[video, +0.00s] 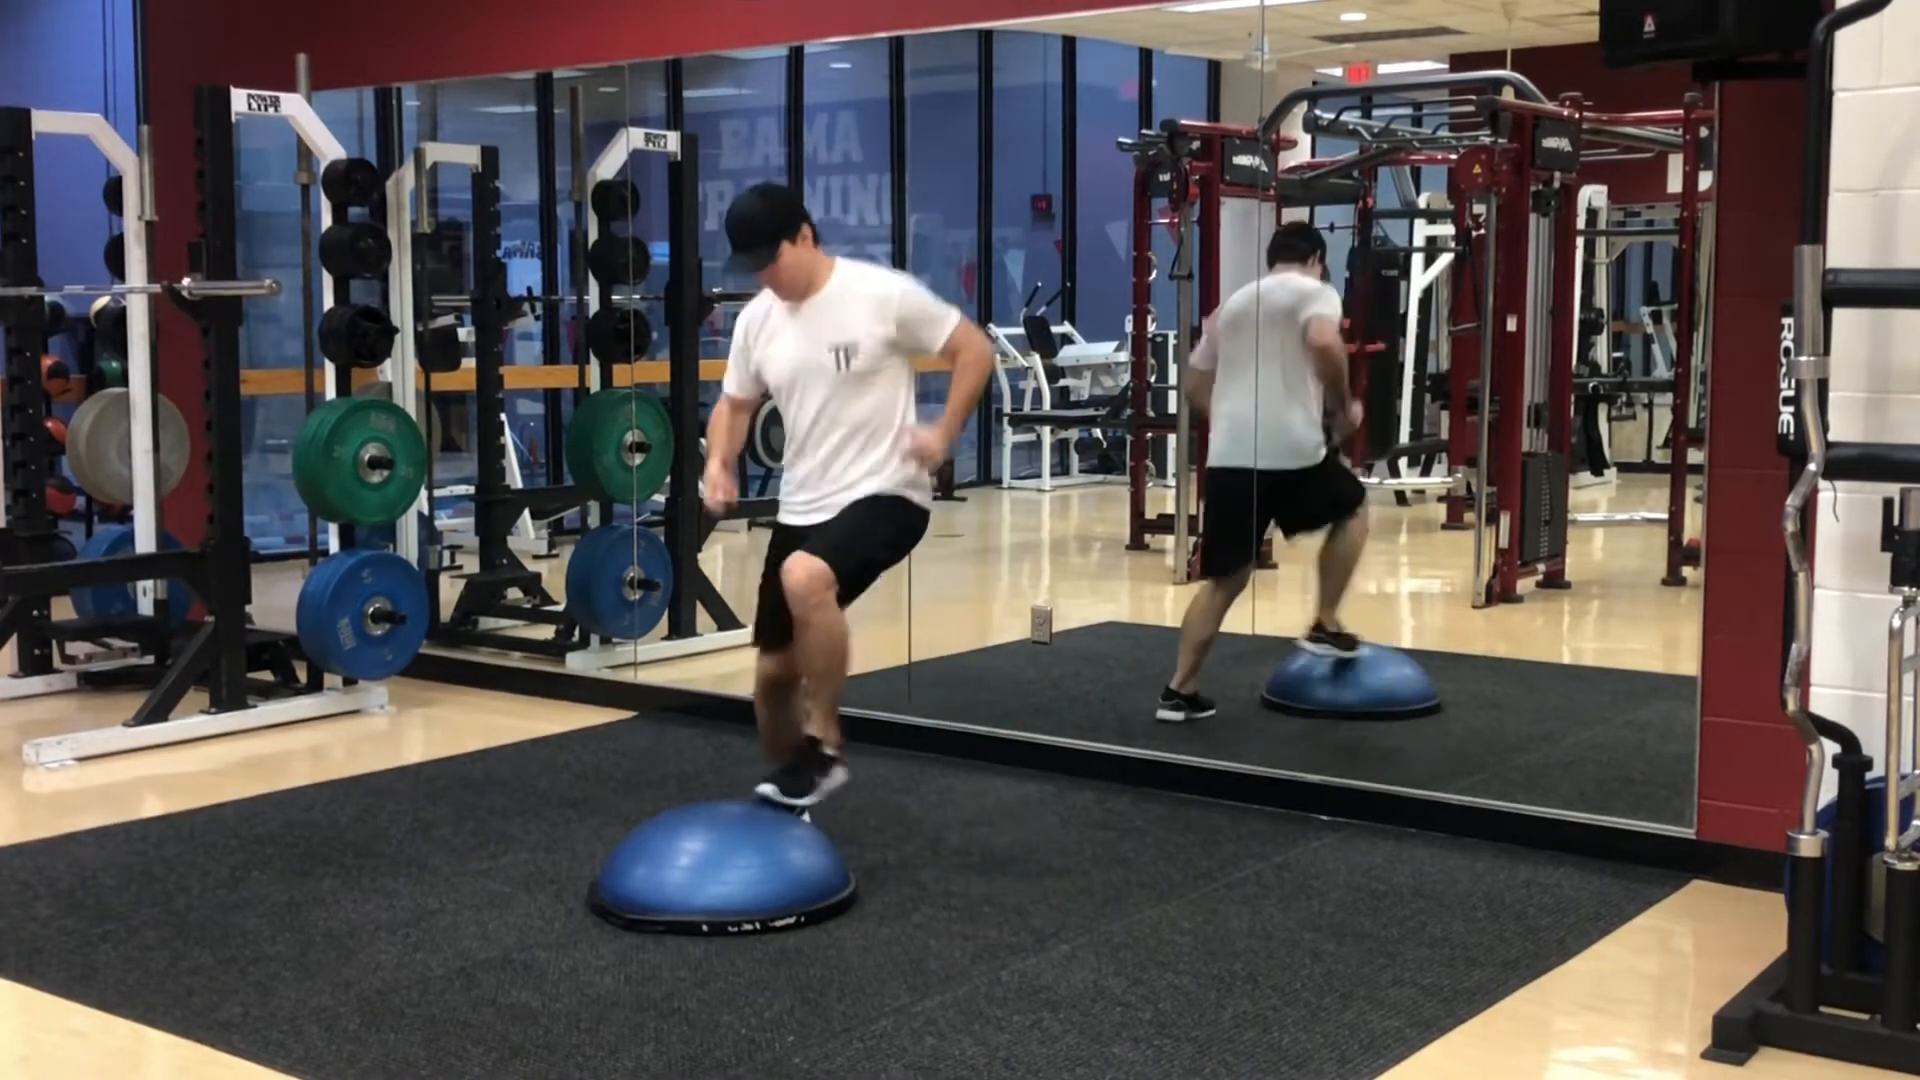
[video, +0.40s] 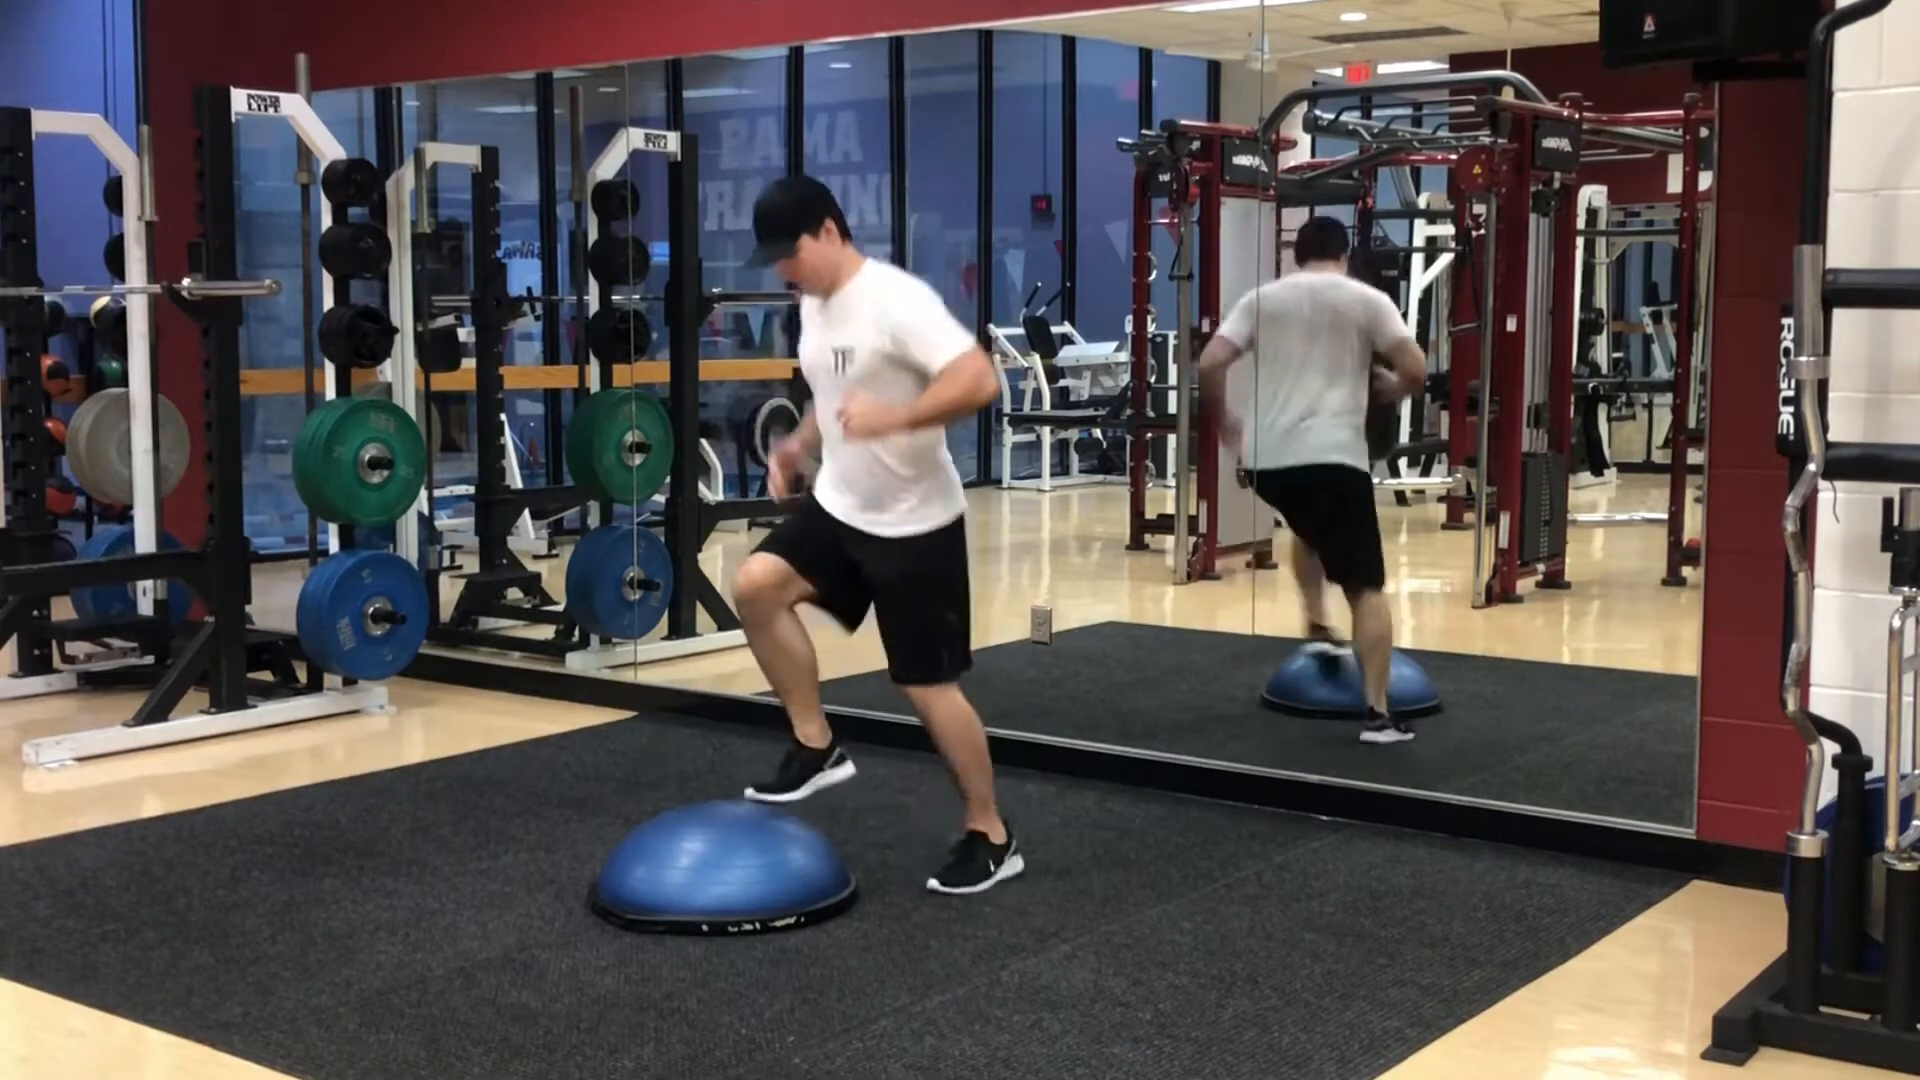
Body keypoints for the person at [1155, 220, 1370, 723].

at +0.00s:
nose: (1323, 272)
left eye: (1321, 267)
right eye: (1323, 266)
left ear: (1272, 259)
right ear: (1315, 262)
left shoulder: (1232, 304)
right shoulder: (1318, 292)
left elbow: (1194, 379)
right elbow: (1323, 342)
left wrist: (1233, 417)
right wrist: (1344, 402)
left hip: (1230, 455)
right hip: (1292, 449)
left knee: (1225, 576)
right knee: (1352, 512)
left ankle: (1180, 689)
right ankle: (1326, 622)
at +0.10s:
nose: (1328, 241)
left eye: (1322, 235)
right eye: (1327, 235)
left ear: (1279, 230)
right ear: (1322, 231)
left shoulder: (1234, 273)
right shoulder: (1329, 259)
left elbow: (1189, 347)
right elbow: (1346, 314)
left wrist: (1236, 384)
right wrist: (1357, 368)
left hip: (1246, 433)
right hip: (1315, 429)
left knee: (1244, 550)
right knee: (1362, 522)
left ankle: (1202, 664)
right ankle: (1359, 639)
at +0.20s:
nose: (1334, 236)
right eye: (1334, 228)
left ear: (1284, 225)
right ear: (1332, 227)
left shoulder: (1242, 267)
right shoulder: (1348, 258)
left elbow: (1191, 337)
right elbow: (1379, 321)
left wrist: (1218, 389)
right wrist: (1381, 372)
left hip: (1262, 426)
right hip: (1328, 424)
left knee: (1278, 526)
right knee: (1358, 547)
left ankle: (1261, 629)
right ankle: (1377, 670)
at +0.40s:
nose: (1339, 266)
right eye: (1343, 258)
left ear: (1294, 258)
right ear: (1344, 257)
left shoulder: (1260, 299)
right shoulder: (1369, 300)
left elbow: (1210, 364)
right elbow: (1415, 371)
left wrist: (1222, 417)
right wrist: (1381, 388)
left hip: (1272, 462)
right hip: (1337, 461)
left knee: (1306, 533)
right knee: (1366, 588)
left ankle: (1318, 629)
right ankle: (1378, 712)